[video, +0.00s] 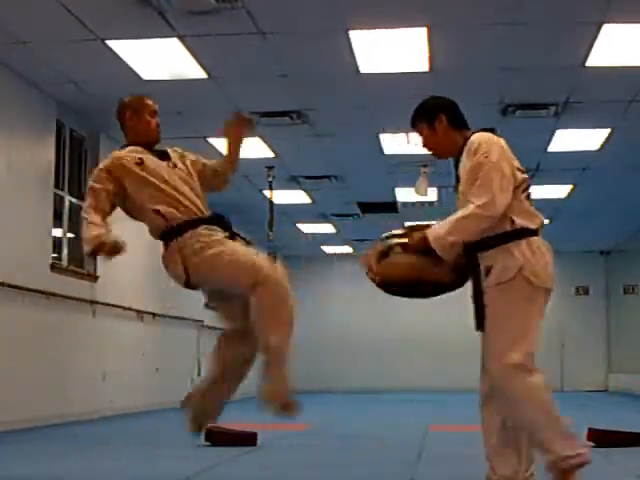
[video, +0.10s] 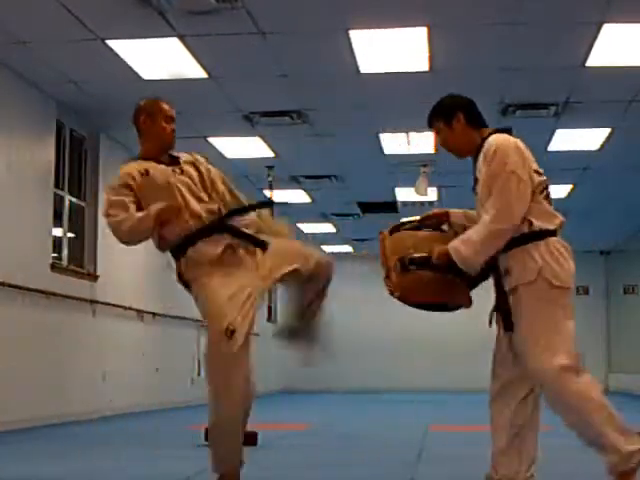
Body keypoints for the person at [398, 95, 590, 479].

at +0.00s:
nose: (426, 147)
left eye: (425, 137)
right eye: (422, 140)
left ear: (442, 123)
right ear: (444, 125)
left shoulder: (485, 146)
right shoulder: (470, 160)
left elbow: (488, 209)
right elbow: (480, 221)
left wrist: (434, 235)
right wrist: (433, 239)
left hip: (517, 263)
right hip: (499, 269)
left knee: (507, 368)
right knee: (496, 376)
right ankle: (509, 472)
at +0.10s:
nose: (441, 146)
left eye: (440, 135)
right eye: (437, 138)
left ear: (459, 121)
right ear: (460, 123)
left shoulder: (502, 148)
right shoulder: (488, 158)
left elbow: (503, 218)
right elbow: (498, 220)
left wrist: (451, 255)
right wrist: (451, 218)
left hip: (539, 263)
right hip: (516, 270)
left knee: (549, 365)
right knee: (511, 381)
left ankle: (628, 457)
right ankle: (510, 473)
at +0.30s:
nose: (497, 145)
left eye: (495, 135)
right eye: (492, 139)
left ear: (514, 122)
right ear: (517, 124)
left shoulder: (558, 155)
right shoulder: (547, 159)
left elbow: (542, 233)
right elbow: (539, 215)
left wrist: (483, 262)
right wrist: (495, 202)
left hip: (580, 274)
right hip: (553, 277)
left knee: (618, 380)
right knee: (535, 382)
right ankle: (511, 475)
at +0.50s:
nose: (549, 126)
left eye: (549, 116)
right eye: (546, 119)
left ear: (570, 107)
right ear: (572, 110)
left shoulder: (615, 149)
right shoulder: (591, 154)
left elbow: (601, 225)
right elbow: (585, 213)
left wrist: (541, 253)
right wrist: (540, 208)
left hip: (619, 280)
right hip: (588, 280)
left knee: (629, 384)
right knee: (569, 378)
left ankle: (638, 461)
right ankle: (561, 471)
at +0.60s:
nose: (563, 118)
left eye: (564, 108)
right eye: (560, 110)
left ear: (587, 101)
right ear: (589, 103)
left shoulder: (629, 142)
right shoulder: (604, 149)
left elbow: (622, 220)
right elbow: (600, 209)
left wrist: (561, 250)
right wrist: (561, 211)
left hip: (626, 289)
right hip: (600, 290)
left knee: (630, 392)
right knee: (586, 389)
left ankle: (635, 468)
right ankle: (607, 472)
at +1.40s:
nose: (603, 164)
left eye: (595, 157)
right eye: (595, 159)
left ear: (600, 134)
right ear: (599, 133)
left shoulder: (637, 154)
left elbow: (626, 212)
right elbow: (625, 210)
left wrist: (561, 225)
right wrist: (562, 225)